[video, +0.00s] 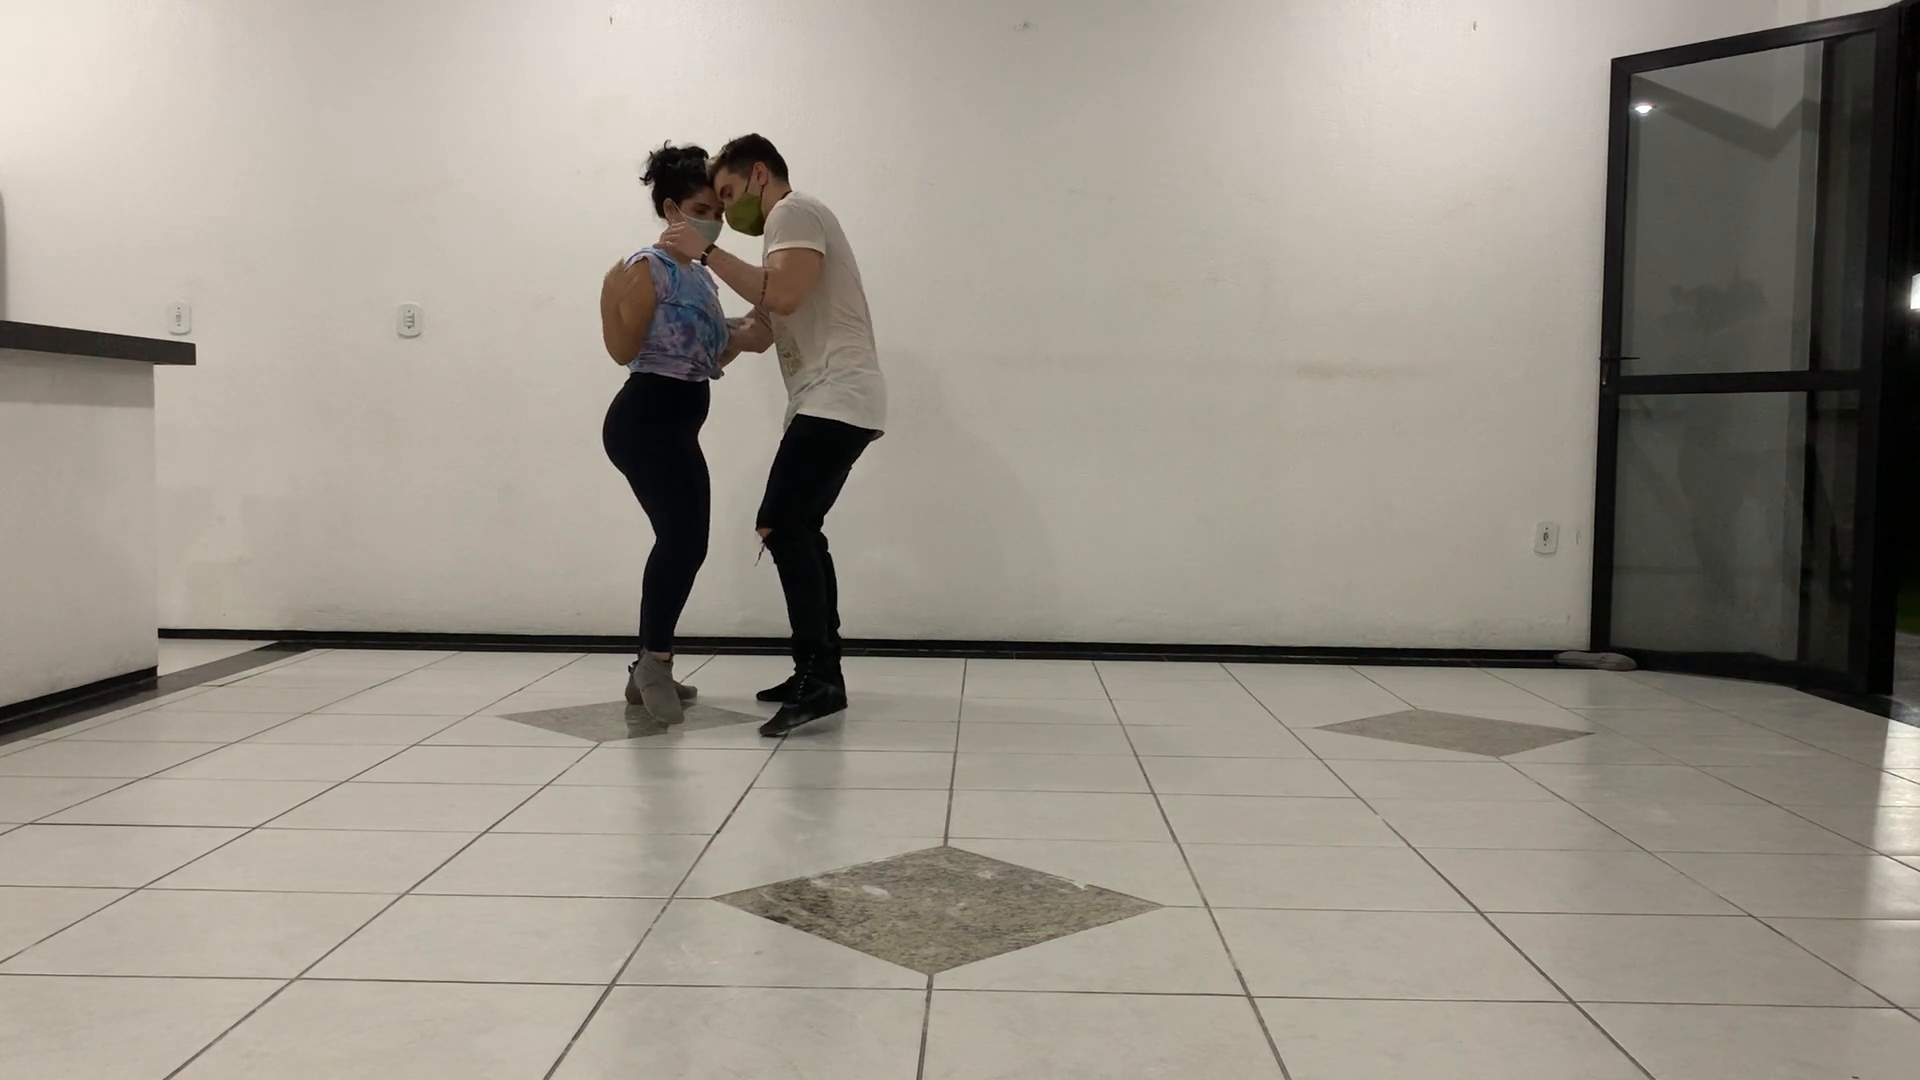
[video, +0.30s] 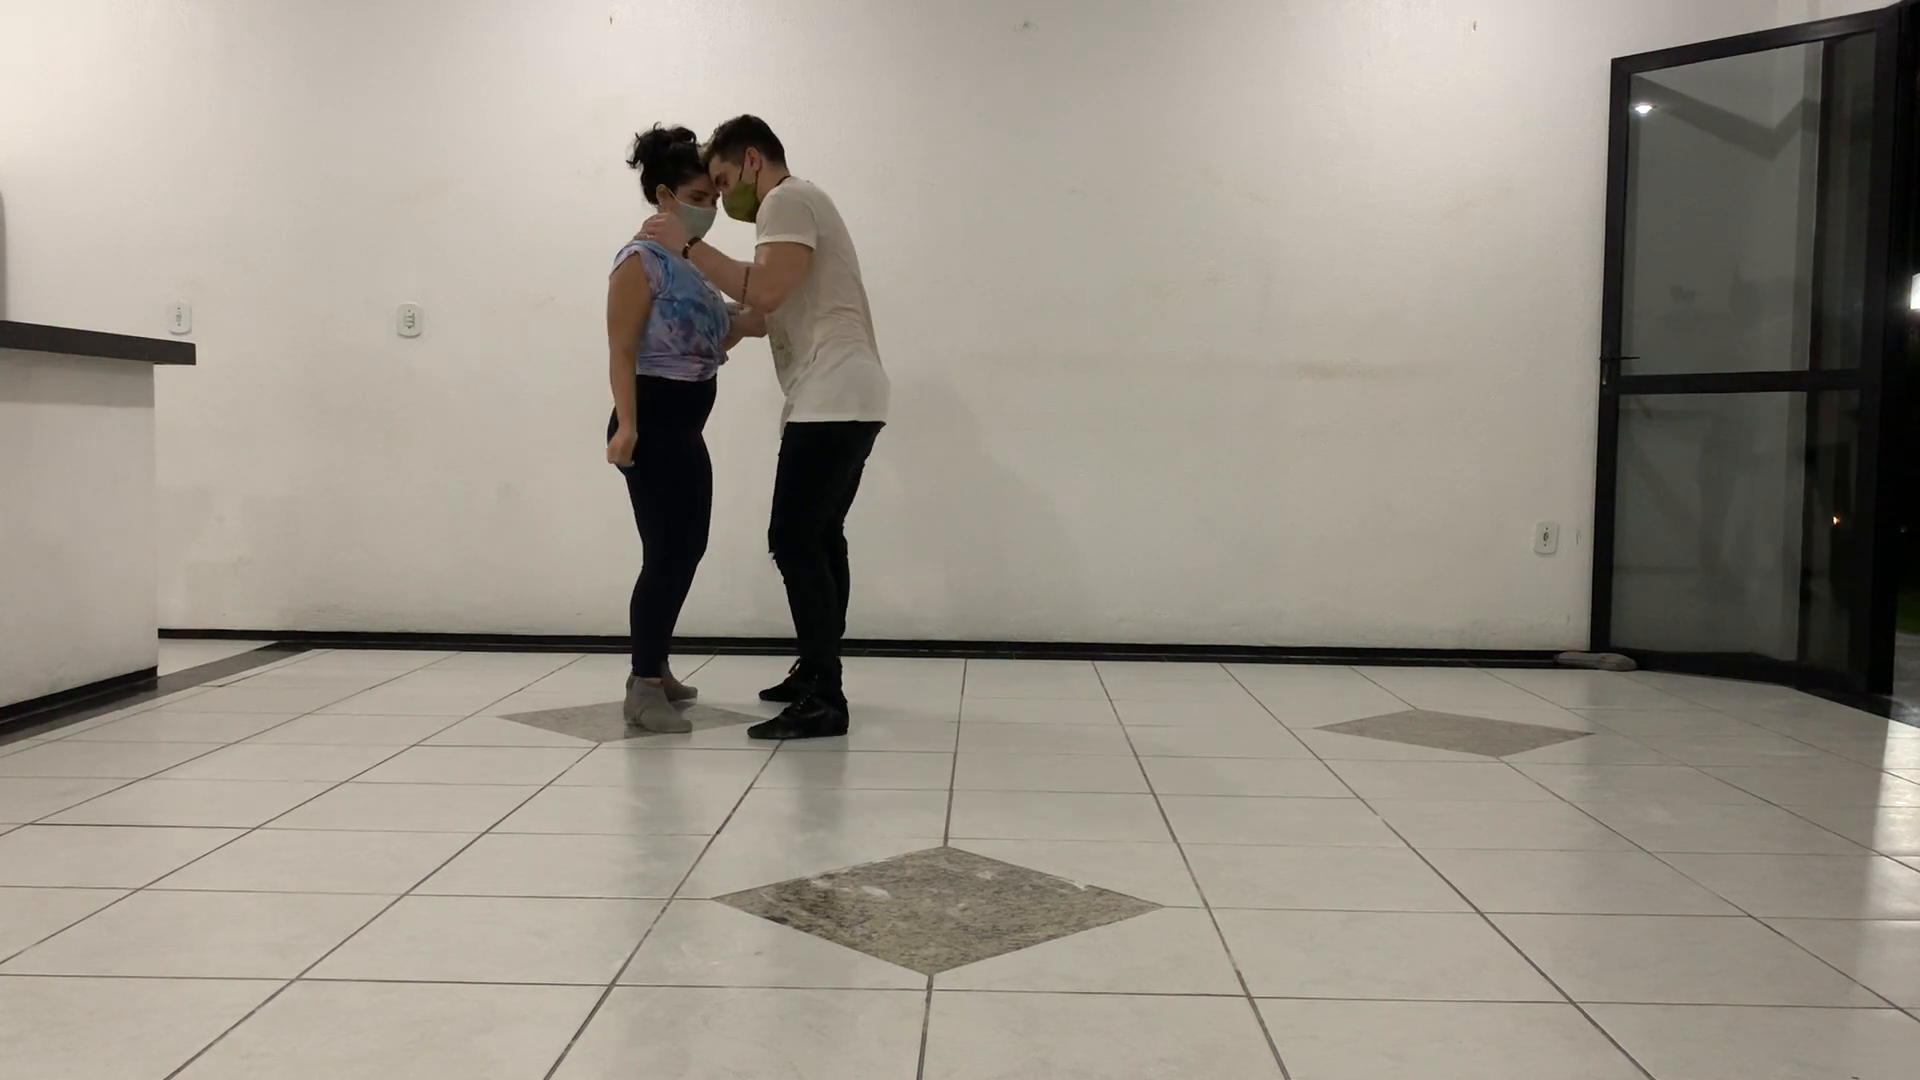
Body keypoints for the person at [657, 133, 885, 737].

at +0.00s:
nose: (726, 206)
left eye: (728, 191)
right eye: (720, 198)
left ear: (761, 174)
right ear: (763, 181)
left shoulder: (797, 212)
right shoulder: (789, 228)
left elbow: (784, 293)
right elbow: (760, 335)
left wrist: (706, 250)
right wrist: (689, 324)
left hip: (839, 397)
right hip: (828, 399)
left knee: (784, 523)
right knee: (794, 527)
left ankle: (821, 678)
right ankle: (816, 669)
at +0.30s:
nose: (722, 195)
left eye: (723, 179)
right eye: (716, 187)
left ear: (755, 160)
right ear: (762, 164)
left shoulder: (790, 199)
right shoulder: (799, 208)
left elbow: (765, 289)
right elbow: (769, 315)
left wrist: (686, 241)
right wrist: (726, 325)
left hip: (832, 396)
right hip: (842, 395)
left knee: (795, 537)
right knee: (819, 535)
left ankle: (823, 699)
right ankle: (817, 669)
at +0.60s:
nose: (718, 195)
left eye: (718, 179)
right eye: (713, 187)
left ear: (747, 155)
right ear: (754, 160)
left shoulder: (795, 192)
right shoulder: (793, 213)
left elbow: (780, 281)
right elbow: (734, 317)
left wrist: (696, 234)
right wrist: (657, 327)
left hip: (850, 394)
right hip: (854, 395)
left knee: (818, 537)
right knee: (838, 538)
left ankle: (825, 696)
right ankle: (820, 683)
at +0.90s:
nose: (701, 201)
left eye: (701, 185)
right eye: (694, 192)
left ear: (733, 163)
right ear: (735, 170)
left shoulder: (788, 195)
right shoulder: (766, 236)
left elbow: (789, 283)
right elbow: (698, 308)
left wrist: (698, 247)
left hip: (870, 394)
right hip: (871, 395)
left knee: (853, 546)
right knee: (875, 546)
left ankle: (830, 700)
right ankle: (860, 697)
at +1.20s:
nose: (683, 203)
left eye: (684, 185)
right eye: (676, 193)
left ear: (714, 160)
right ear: (714, 169)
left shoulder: (778, 193)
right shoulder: (745, 240)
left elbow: (801, 275)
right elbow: (675, 310)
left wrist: (705, 250)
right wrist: (590, 320)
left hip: (855, 396)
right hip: (853, 397)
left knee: (835, 546)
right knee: (873, 536)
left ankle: (825, 699)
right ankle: (963, 665)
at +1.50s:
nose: (670, 201)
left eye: (671, 185)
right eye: (664, 191)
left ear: (704, 160)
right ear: (702, 168)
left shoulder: (773, 195)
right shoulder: (726, 240)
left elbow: (800, 280)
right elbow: (665, 328)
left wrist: (704, 246)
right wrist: (578, 347)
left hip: (836, 395)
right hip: (788, 401)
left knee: (798, 540)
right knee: (729, 512)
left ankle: (824, 702)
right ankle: (873, 496)